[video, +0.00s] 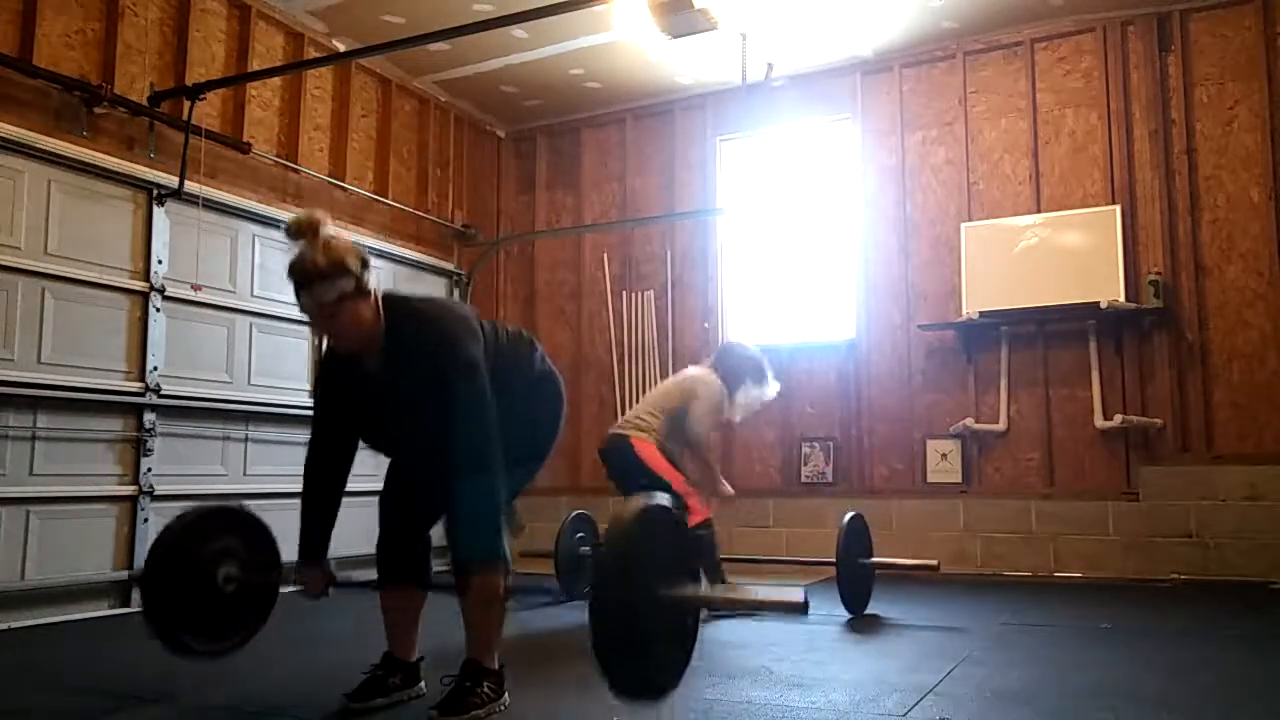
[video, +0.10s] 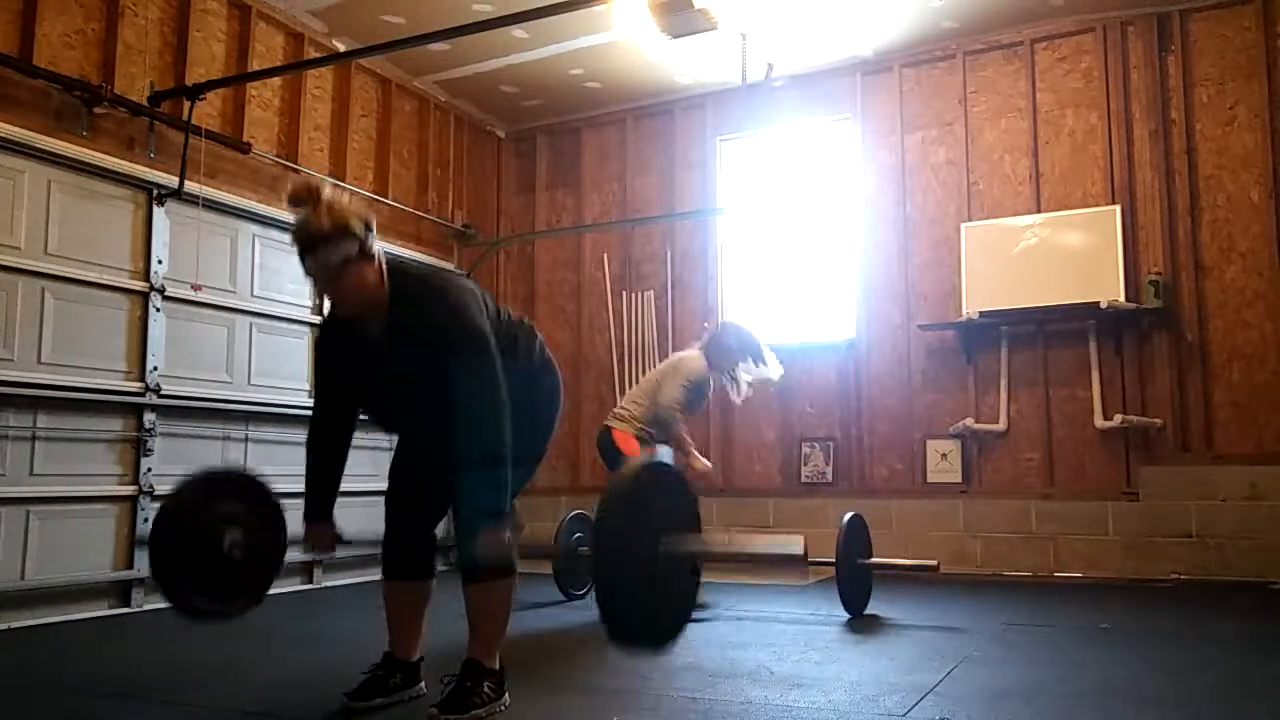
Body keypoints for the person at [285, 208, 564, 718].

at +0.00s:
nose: (322, 324)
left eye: (332, 308)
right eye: (312, 313)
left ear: (366, 298)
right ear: (305, 312)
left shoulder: (442, 335)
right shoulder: (339, 369)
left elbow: (478, 464)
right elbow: (326, 463)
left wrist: (483, 563)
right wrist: (313, 555)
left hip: (518, 405)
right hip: (435, 429)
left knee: (474, 528)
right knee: (400, 521)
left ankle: (484, 673)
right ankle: (401, 665)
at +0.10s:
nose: (334, 287)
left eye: (343, 270)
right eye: (323, 276)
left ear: (373, 258)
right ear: (315, 278)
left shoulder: (446, 302)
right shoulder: (337, 336)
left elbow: (483, 412)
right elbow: (330, 424)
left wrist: (488, 513)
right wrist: (318, 514)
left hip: (514, 395)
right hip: (434, 415)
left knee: (484, 521)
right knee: (406, 519)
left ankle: (485, 670)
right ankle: (402, 664)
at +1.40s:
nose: (363, 205)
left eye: (372, 189)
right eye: (346, 198)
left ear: (391, 183)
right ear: (329, 207)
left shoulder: (448, 246)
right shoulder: (343, 272)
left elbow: (496, 341)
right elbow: (336, 362)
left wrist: (498, 433)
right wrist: (325, 443)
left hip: (493, 390)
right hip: (423, 401)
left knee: (479, 513)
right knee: (400, 515)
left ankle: (486, 670)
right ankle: (402, 663)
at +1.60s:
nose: (363, 183)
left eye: (369, 166)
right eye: (347, 175)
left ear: (393, 146)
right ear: (330, 171)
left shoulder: (451, 194)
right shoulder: (345, 226)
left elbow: (525, 259)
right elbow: (336, 301)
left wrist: (502, 347)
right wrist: (327, 365)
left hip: (494, 371)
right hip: (425, 377)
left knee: (477, 515)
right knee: (404, 514)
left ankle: (486, 670)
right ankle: (403, 663)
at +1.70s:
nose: (352, 184)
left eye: (360, 168)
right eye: (337, 175)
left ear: (386, 147)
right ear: (323, 169)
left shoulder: (448, 190)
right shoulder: (344, 220)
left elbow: (536, 229)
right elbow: (340, 280)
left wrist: (509, 313)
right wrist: (329, 334)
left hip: (496, 366)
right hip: (426, 375)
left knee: (473, 513)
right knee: (400, 510)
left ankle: (486, 670)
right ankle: (403, 662)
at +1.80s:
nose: (344, 189)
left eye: (352, 173)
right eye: (330, 180)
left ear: (380, 155)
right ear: (317, 177)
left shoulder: (444, 194)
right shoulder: (343, 225)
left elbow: (537, 226)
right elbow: (341, 286)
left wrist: (510, 309)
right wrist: (332, 334)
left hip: (495, 370)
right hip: (426, 378)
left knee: (470, 514)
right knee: (396, 509)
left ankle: (486, 670)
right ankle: (403, 662)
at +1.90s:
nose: (339, 191)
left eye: (347, 175)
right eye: (325, 183)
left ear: (375, 159)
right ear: (312, 182)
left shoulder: (442, 203)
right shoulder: (337, 234)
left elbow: (529, 246)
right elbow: (338, 295)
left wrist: (508, 333)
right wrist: (327, 349)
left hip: (495, 374)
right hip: (426, 380)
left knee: (474, 512)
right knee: (403, 512)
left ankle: (485, 669)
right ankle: (402, 662)